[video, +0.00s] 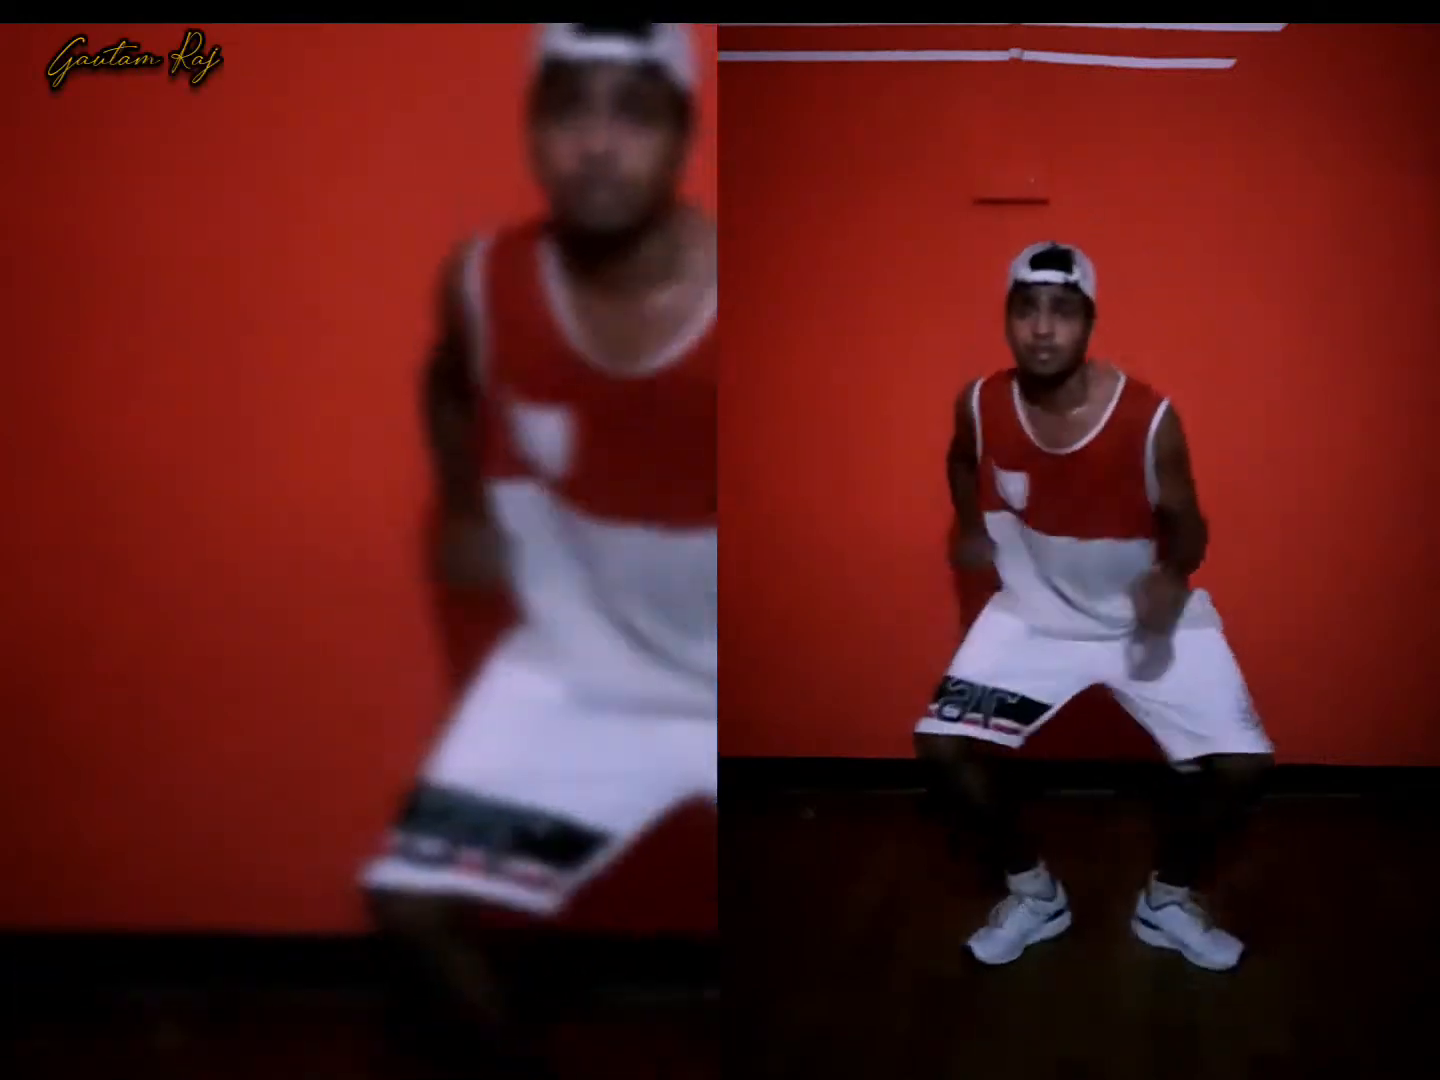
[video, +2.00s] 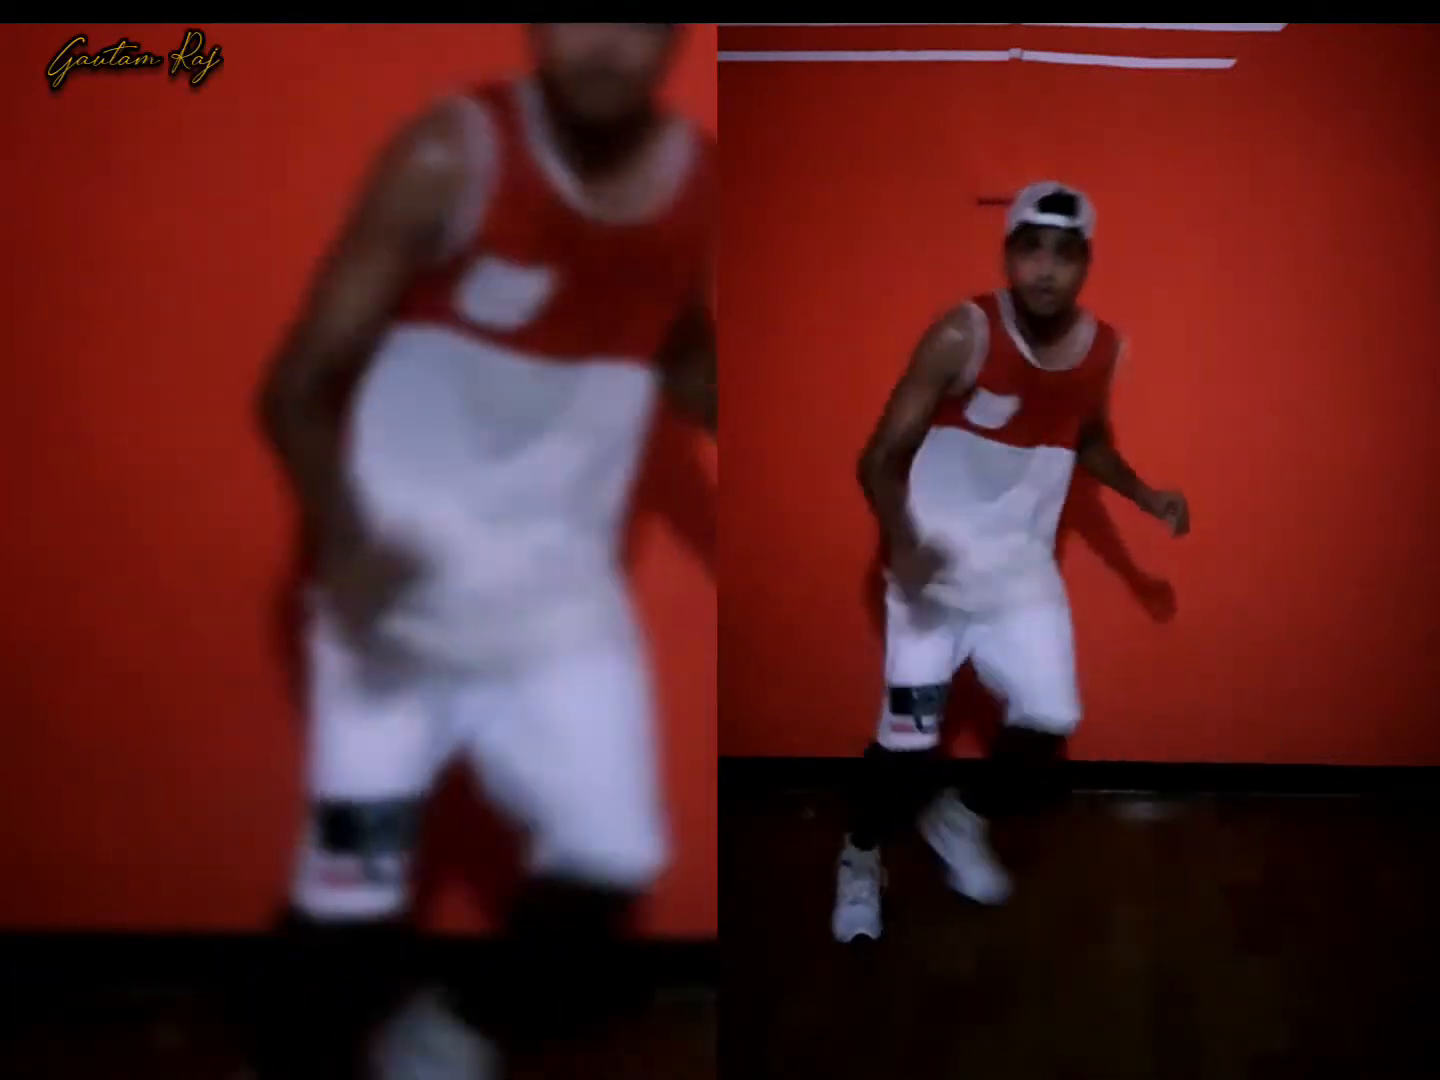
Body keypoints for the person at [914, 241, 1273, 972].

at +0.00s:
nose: (1042, 330)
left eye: (1062, 315)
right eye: (1027, 313)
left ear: (1089, 326)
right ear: (1008, 324)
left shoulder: (1148, 419)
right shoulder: (981, 407)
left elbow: (1187, 525)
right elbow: (963, 467)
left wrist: (1168, 581)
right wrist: (972, 530)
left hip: (1147, 616)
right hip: (1032, 614)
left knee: (1236, 763)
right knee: (948, 745)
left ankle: (1167, 899)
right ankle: (1032, 893)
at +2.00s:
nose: (1045, 270)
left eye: (1063, 255)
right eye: (1031, 251)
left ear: (1086, 266)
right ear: (1008, 259)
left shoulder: (1099, 348)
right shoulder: (963, 337)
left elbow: (1089, 440)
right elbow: (880, 460)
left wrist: (1146, 494)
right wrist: (904, 542)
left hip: (1023, 566)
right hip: (932, 559)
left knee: (1048, 719)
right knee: (911, 738)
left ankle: (960, 817)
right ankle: (861, 860)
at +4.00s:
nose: (1081, 306)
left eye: (1101, 290)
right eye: (1067, 288)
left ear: (1128, 304)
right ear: (1049, 301)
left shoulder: (1142, 417)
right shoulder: (1073, 383)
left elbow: (1140, 552)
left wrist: (1062, 441)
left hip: (1211, 638)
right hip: (1119, 619)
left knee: (1308, 806)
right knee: (1029, 771)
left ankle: (1426, 945)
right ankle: (1095, 907)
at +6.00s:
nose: (1280, 263)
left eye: (1299, 245)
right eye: (1262, 244)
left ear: (1325, 262)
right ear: (1235, 260)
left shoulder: (1377, 366)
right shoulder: (1188, 348)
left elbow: (1407, 471)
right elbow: (1112, 419)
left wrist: (1367, 547)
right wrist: (1102, 504)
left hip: (1295, 615)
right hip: (1192, 597)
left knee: (1296, 775)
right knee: (1198, 768)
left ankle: (1253, 919)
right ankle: (1233, 845)